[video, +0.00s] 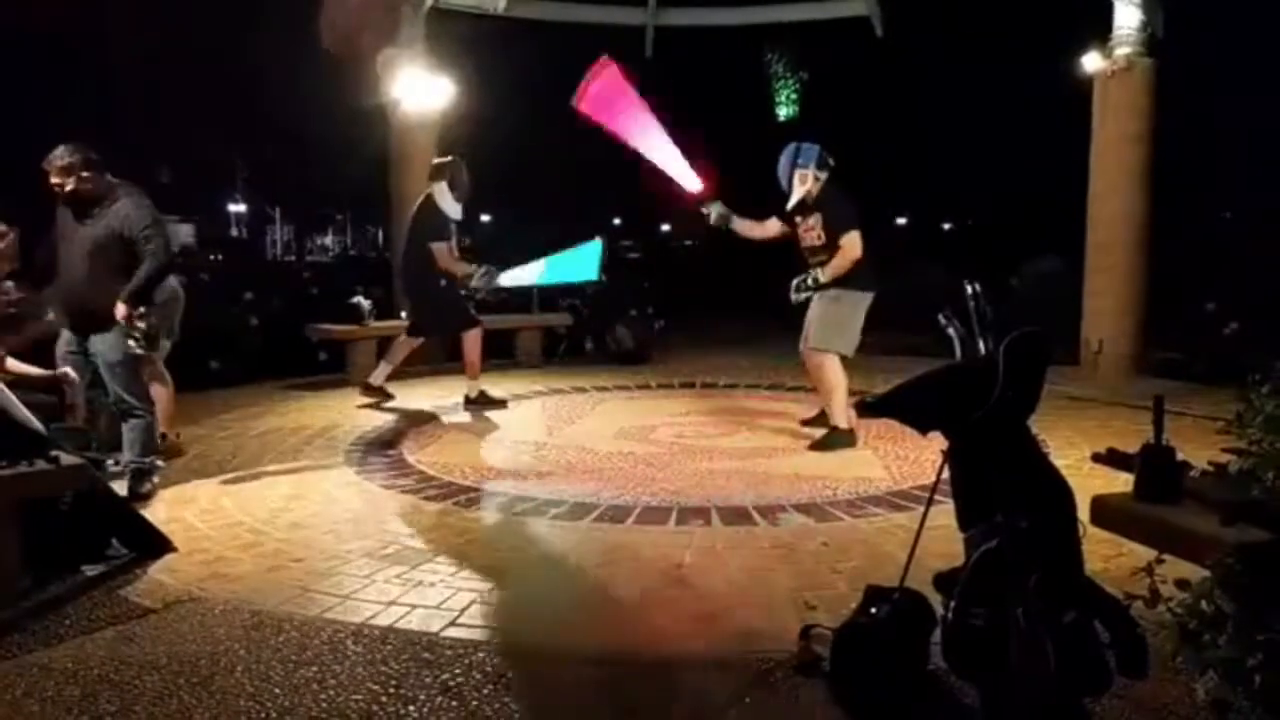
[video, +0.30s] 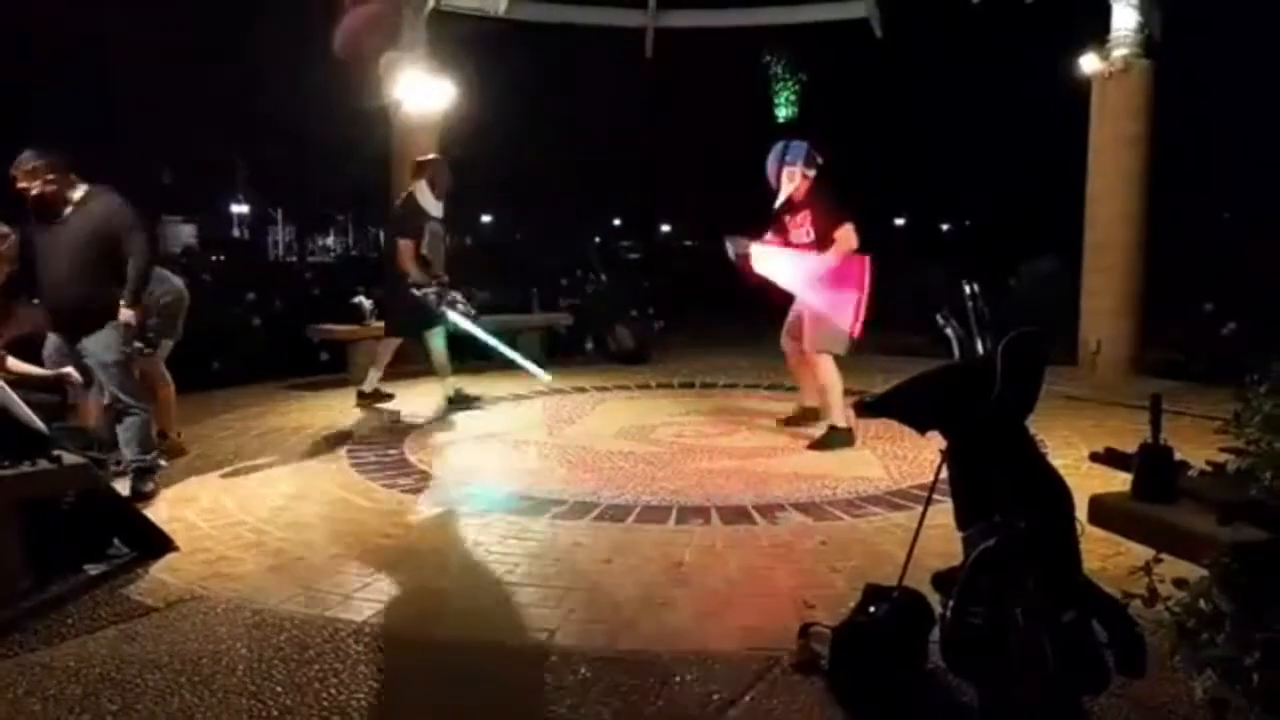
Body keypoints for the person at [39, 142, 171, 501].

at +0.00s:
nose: (56, 190)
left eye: (61, 183)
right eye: (54, 183)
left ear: (85, 176)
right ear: (74, 179)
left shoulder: (128, 206)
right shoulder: (67, 209)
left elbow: (159, 254)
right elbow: (68, 262)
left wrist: (127, 299)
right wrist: (61, 304)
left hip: (114, 324)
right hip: (75, 324)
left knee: (131, 405)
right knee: (76, 401)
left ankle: (139, 470)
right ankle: (86, 465)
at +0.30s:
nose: (27, 196)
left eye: (30, 187)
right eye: (24, 189)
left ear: (53, 177)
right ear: (40, 182)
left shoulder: (105, 206)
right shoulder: (39, 218)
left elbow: (139, 250)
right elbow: (32, 272)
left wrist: (130, 302)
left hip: (103, 324)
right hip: (60, 328)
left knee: (123, 400)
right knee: (59, 402)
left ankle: (141, 466)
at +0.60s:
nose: (2, 213)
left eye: (0, 208)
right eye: (0, 210)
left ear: (5, 198)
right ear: (6, 200)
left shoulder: (66, 203)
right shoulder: (15, 239)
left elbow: (116, 229)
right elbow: (19, 285)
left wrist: (124, 279)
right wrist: (24, 322)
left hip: (97, 318)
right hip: (49, 326)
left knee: (112, 395)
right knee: (45, 400)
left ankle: (131, 470)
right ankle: (56, 477)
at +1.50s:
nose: (5, 200)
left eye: (4, 193)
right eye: (2, 195)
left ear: (16, 182)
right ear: (8, 189)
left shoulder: (72, 198)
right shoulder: (15, 223)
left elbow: (116, 225)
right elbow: (15, 272)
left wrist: (84, 259)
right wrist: (17, 296)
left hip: (91, 314)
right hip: (47, 321)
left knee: (106, 396)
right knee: (42, 399)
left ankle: (126, 471)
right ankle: (60, 472)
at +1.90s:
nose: (29, 195)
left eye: (29, 185)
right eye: (24, 189)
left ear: (48, 174)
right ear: (44, 179)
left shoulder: (96, 201)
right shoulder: (60, 210)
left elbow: (85, 242)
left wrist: (32, 247)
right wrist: (24, 262)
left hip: (109, 311)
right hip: (73, 311)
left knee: (115, 395)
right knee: (62, 388)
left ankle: (127, 470)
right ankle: (75, 466)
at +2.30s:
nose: (8, 204)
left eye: (6, 197)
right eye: (5, 198)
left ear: (15, 186)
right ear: (18, 184)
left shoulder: (64, 208)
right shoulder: (46, 212)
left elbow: (52, 265)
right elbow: (45, 262)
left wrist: (25, 289)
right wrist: (25, 285)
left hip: (103, 313)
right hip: (79, 313)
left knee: (113, 395)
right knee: (87, 395)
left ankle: (127, 470)